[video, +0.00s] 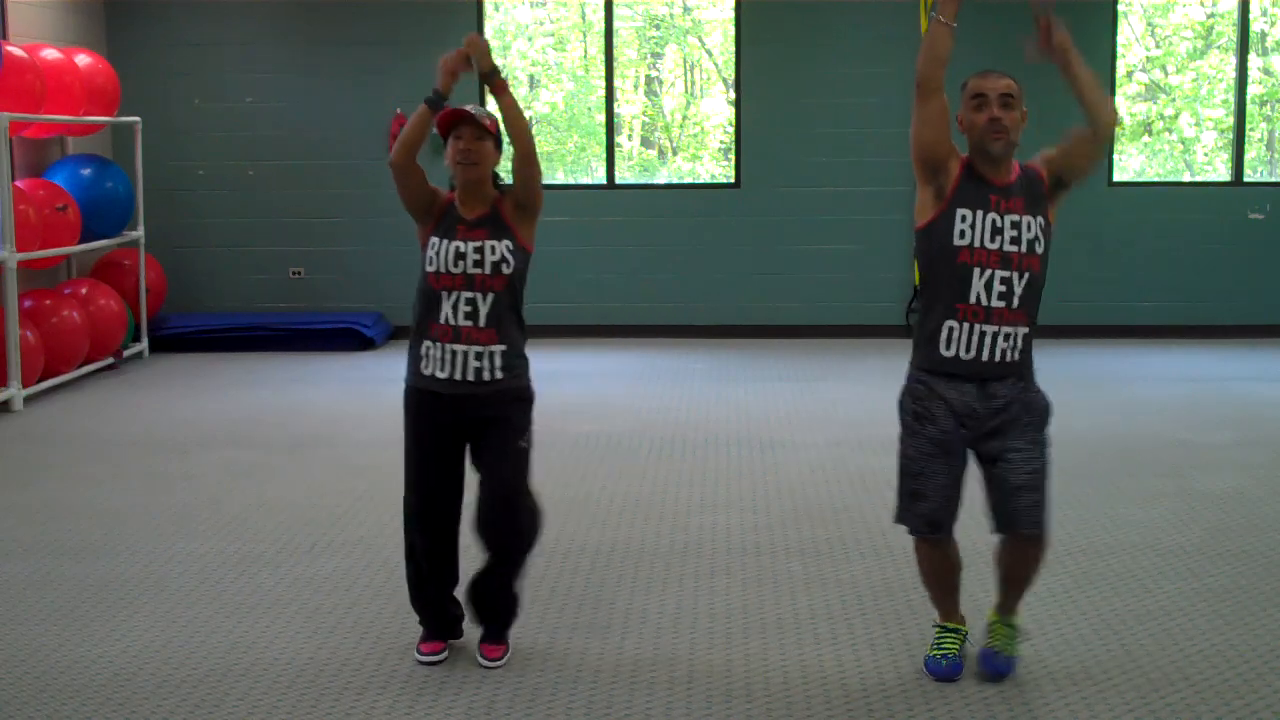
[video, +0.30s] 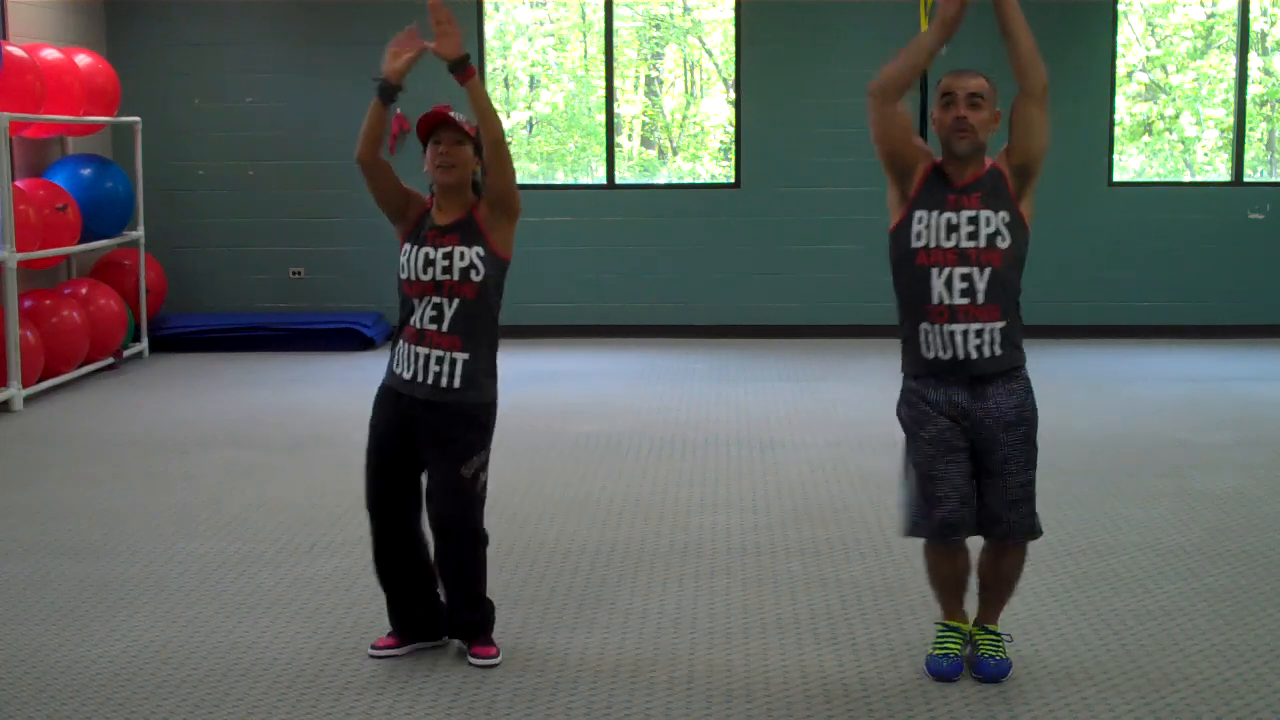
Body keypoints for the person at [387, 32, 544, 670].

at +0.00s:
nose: (464, 147)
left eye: (476, 140)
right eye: (454, 141)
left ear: (497, 153)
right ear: (444, 158)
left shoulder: (518, 212)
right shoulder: (434, 213)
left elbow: (522, 145)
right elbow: (402, 161)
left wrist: (492, 77)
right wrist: (440, 90)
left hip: (500, 392)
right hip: (432, 391)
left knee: (507, 511)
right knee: (429, 514)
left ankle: (495, 619)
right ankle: (436, 624)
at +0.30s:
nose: (442, 152)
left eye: (454, 143)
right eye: (433, 145)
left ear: (476, 157)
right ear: (424, 161)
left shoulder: (495, 219)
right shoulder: (413, 217)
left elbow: (493, 142)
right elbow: (368, 160)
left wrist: (462, 68)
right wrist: (387, 86)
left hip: (463, 401)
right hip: (400, 395)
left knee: (457, 520)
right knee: (389, 514)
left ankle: (474, 629)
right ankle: (414, 625)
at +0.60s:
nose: (421, 154)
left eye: (433, 146)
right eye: (413, 146)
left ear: (454, 160)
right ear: (400, 159)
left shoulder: (472, 215)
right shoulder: (380, 224)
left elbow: (471, 139)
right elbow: (296, 252)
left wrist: (429, 64)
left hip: (468, 402)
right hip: (395, 401)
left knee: (477, 520)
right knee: (344, 516)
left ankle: (474, 627)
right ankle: (292, 627)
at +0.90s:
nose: (396, 175)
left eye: (408, 165)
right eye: (388, 165)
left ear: (430, 173)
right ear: (377, 172)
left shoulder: (450, 230)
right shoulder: (353, 241)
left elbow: (455, 155)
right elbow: (339, 326)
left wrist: (424, 85)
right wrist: (341, 388)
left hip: (436, 414)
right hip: (365, 410)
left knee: (463, 521)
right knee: (326, 524)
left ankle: (510, 608)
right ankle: (291, 630)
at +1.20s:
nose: (450, 160)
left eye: (458, 150)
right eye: (440, 153)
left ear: (475, 159)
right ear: (422, 166)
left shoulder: (495, 209)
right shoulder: (410, 224)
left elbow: (503, 140)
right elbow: (410, 204)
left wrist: (469, 76)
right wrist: (418, 150)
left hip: (503, 388)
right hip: (432, 390)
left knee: (515, 509)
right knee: (383, 498)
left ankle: (515, 616)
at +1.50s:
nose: (478, 164)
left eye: (484, 154)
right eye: (467, 156)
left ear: (497, 161)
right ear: (449, 166)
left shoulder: (515, 211)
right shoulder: (435, 226)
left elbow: (535, 145)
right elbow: (421, 168)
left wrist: (505, 81)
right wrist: (449, 92)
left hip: (541, 385)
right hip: (478, 394)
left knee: (548, 508)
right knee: (485, 513)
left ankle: (535, 617)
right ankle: (479, 620)